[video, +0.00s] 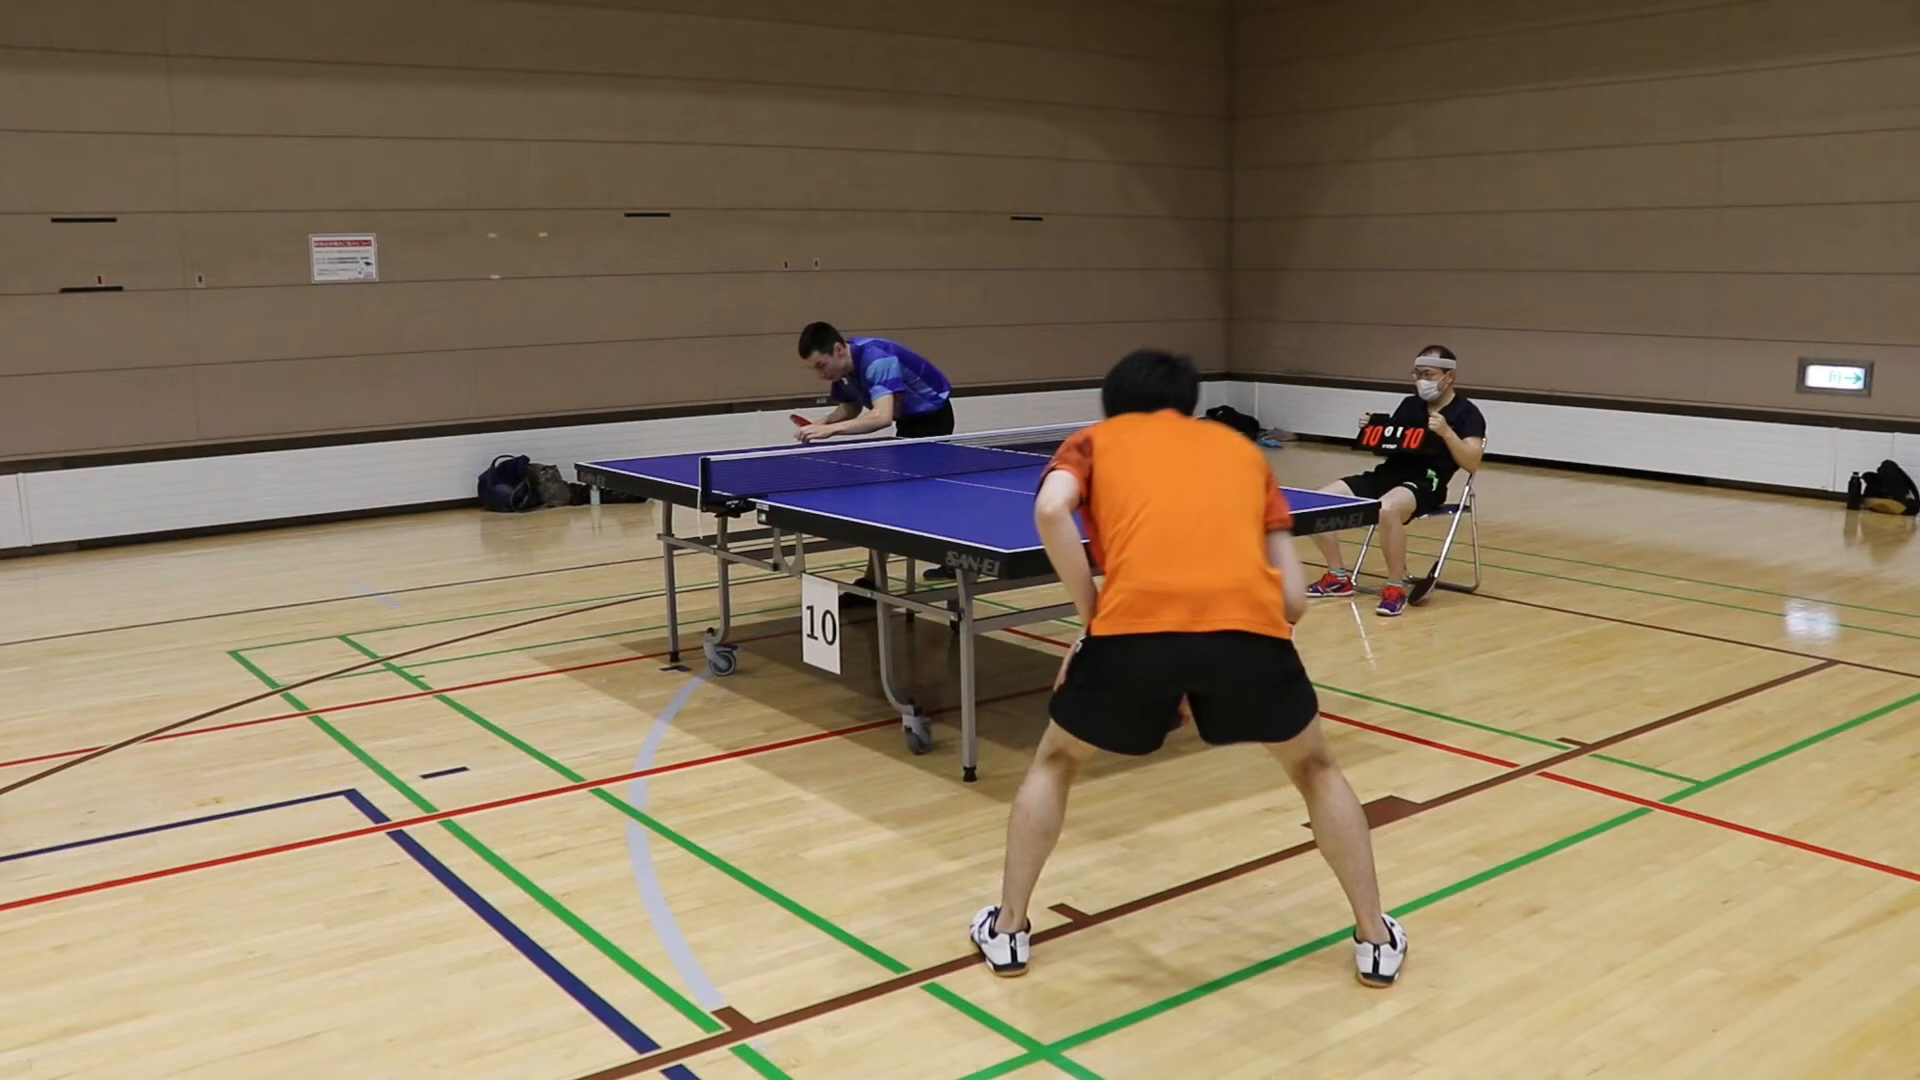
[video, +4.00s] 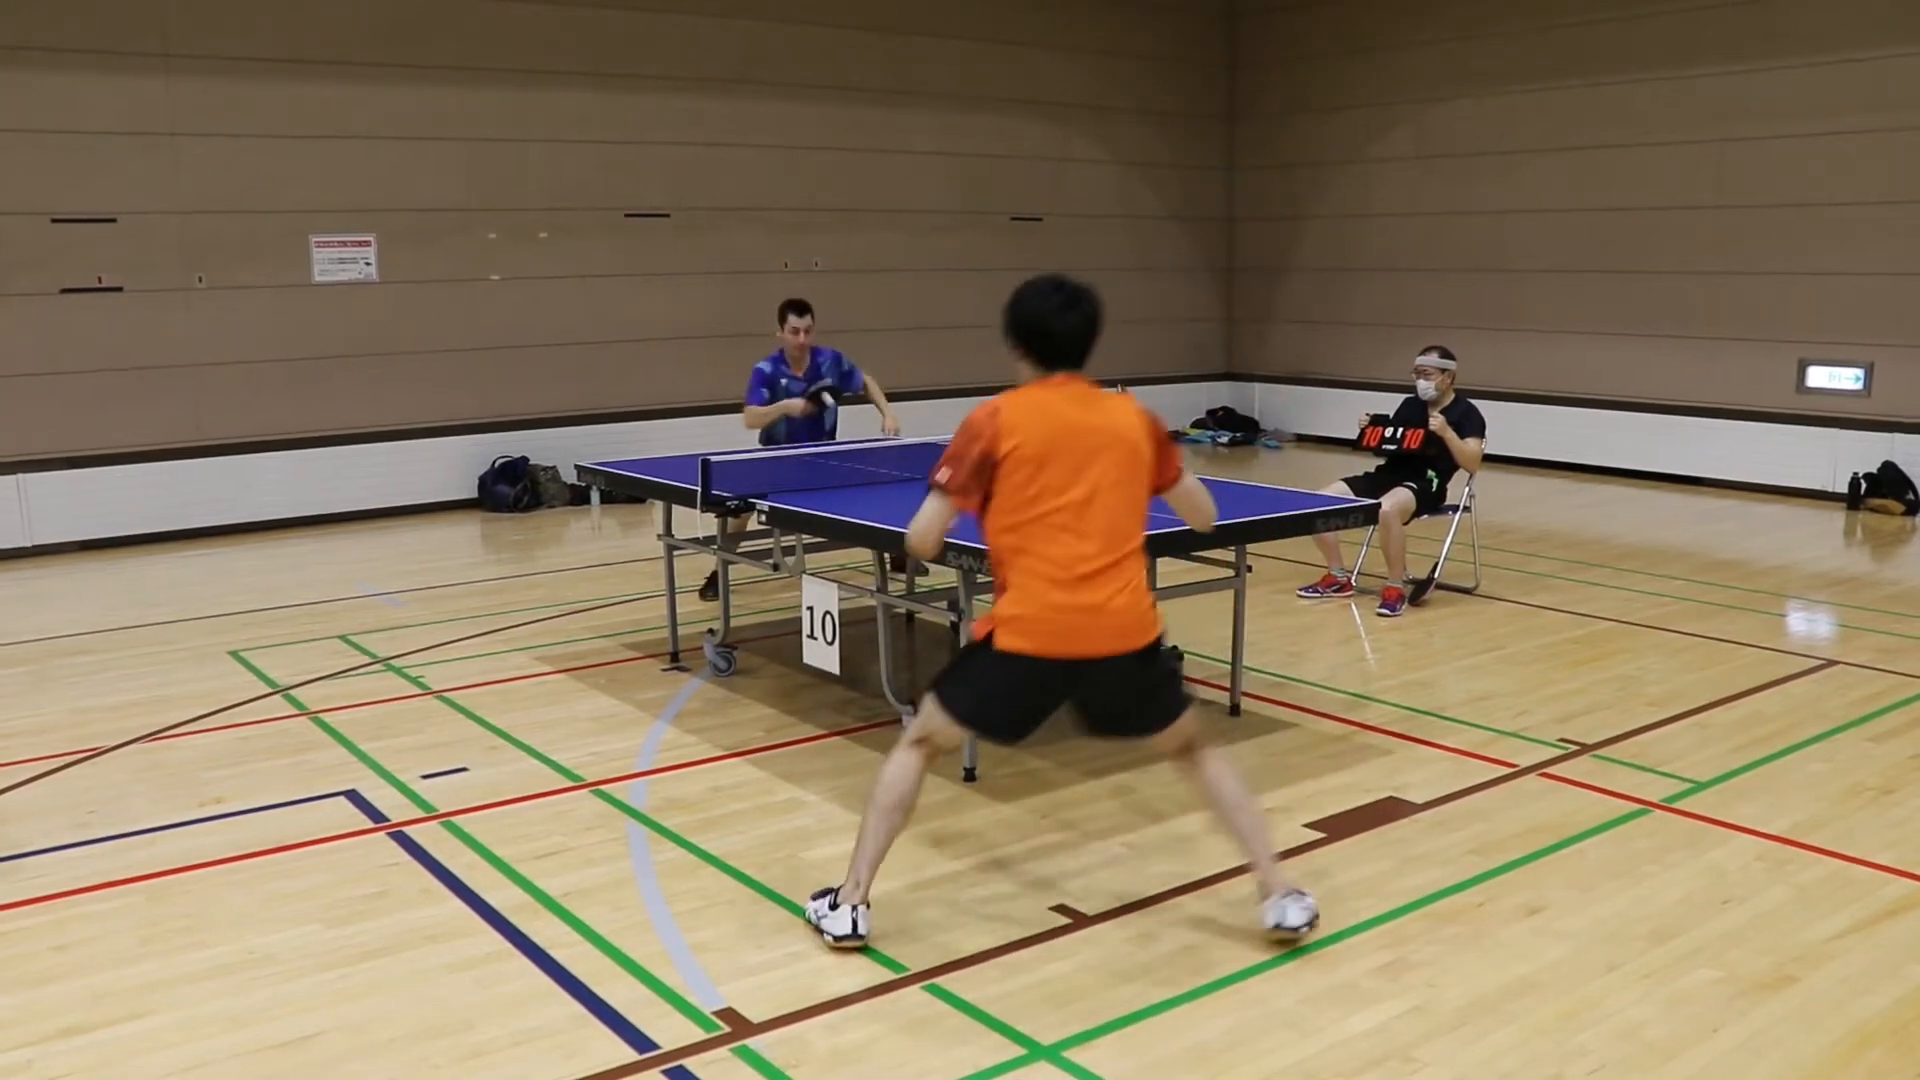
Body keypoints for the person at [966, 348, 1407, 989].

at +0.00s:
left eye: (1102, 410)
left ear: (1112, 406)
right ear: (1190, 405)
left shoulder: (1095, 438)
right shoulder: (1242, 449)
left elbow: (1051, 507)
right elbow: (1293, 595)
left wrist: (1095, 618)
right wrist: (1233, 661)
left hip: (1132, 641)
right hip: (1249, 642)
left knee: (1057, 762)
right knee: (1316, 769)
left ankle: (1008, 927)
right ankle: (1376, 938)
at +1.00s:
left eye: (1099, 374)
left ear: (1104, 376)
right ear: (1183, 378)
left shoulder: (1085, 424)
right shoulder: (1234, 430)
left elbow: (1052, 507)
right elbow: (1260, 546)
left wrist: (1094, 611)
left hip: (1134, 630)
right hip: (1249, 628)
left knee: (1056, 760)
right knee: (1317, 766)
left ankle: (1009, 929)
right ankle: (1378, 938)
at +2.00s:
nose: (1136, 324)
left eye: (1137, 312)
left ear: (1143, 314)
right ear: (1220, 316)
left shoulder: (1114, 372)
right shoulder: (1262, 390)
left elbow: (1066, 483)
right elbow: (1292, 537)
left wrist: (1088, 581)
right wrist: (1222, 567)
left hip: (1140, 601)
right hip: (1249, 607)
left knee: (1069, 758)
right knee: (1313, 761)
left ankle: (1011, 928)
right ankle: (1377, 937)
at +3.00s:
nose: (1120, 319)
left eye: (1123, 310)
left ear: (1131, 314)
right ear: (1198, 315)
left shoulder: (1119, 378)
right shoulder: (1246, 386)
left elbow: (1058, 491)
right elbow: (1296, 497)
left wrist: (1025, 499)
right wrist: (1229, 486)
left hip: (1163, 598)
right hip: (1256, 594)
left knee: (1072, 705)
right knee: (1285, 698)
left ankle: (1052, 873)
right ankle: (1325, 823)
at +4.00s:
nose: (1010, 346)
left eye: (1012, 337)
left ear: (1018, 344)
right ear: (1090, 342)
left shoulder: (993, 421)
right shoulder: (1134, 419)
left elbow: (922, 544)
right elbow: (1203, 517)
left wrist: (925, 542)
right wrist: (1158, 464)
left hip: (1025, 644)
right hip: (1126, 642)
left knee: (920, 743)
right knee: (1194, 749)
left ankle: (851, 901)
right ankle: (1281, 895)